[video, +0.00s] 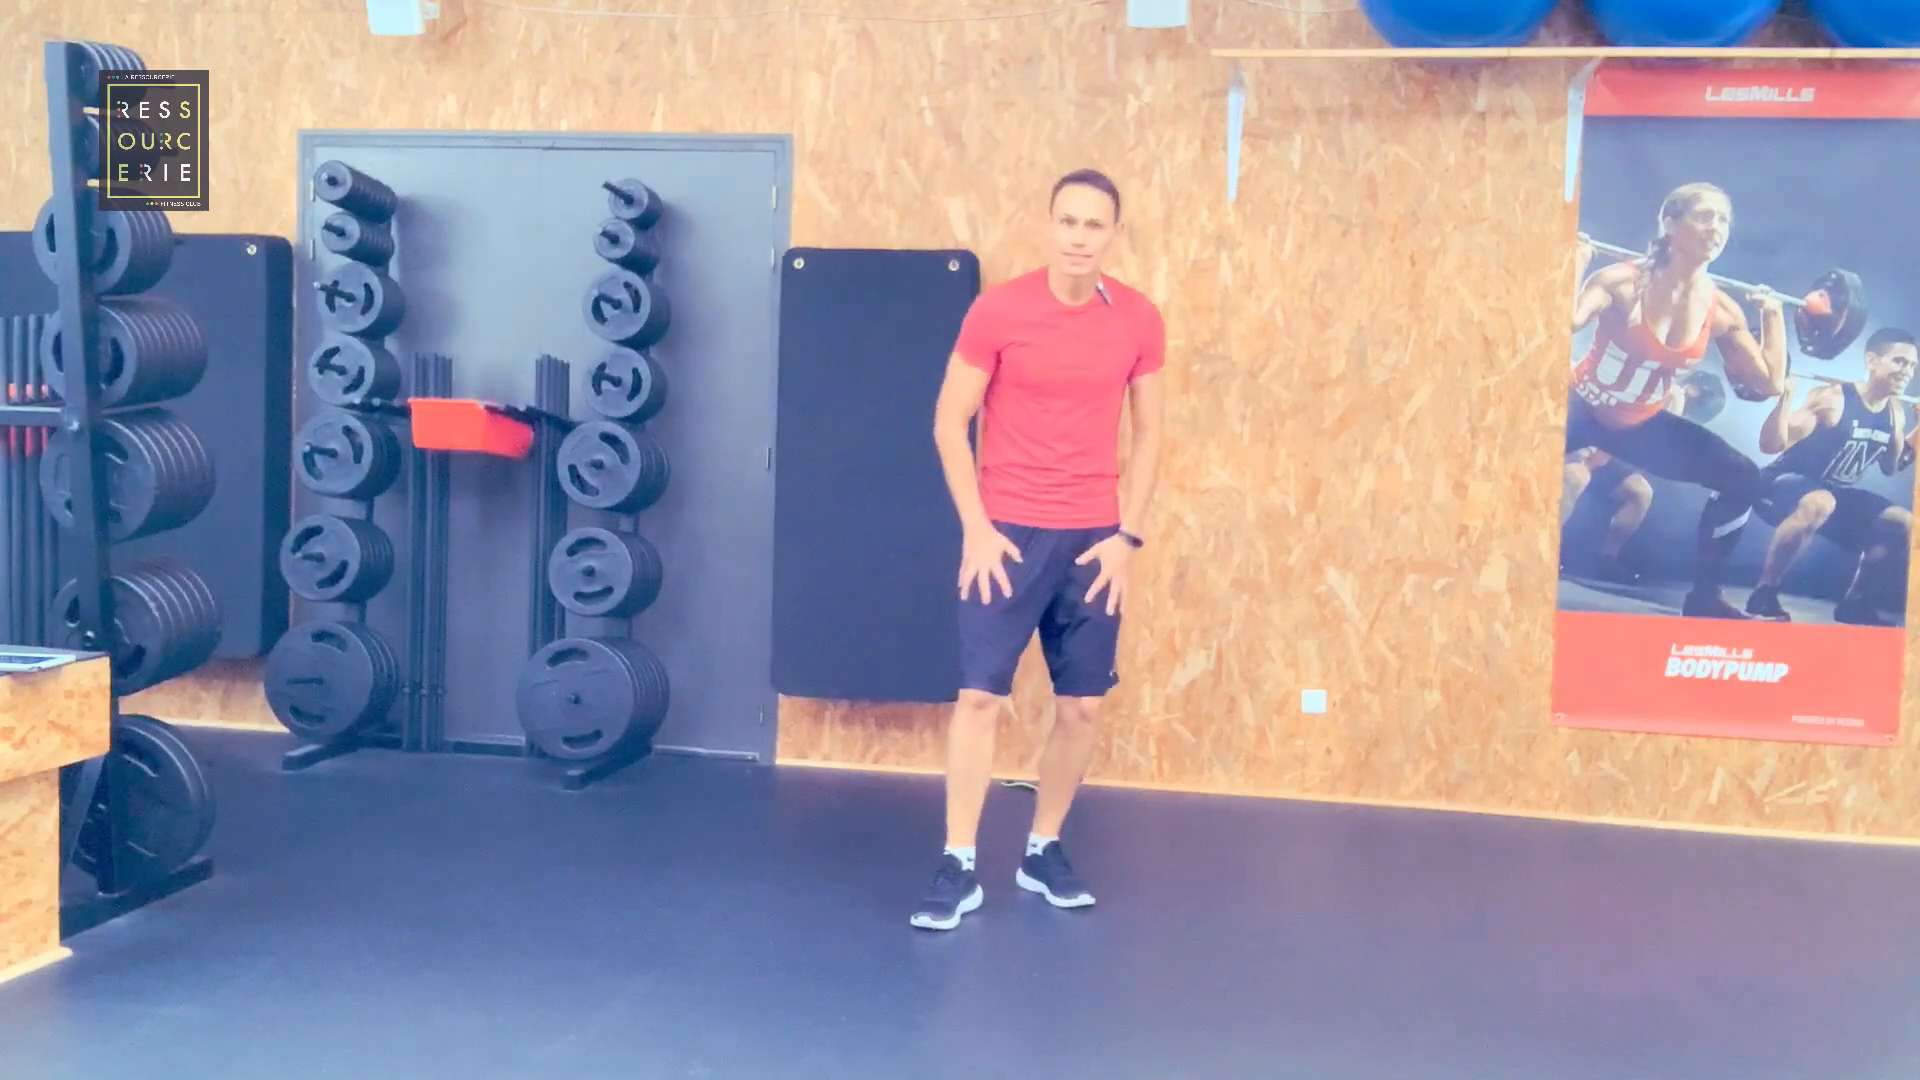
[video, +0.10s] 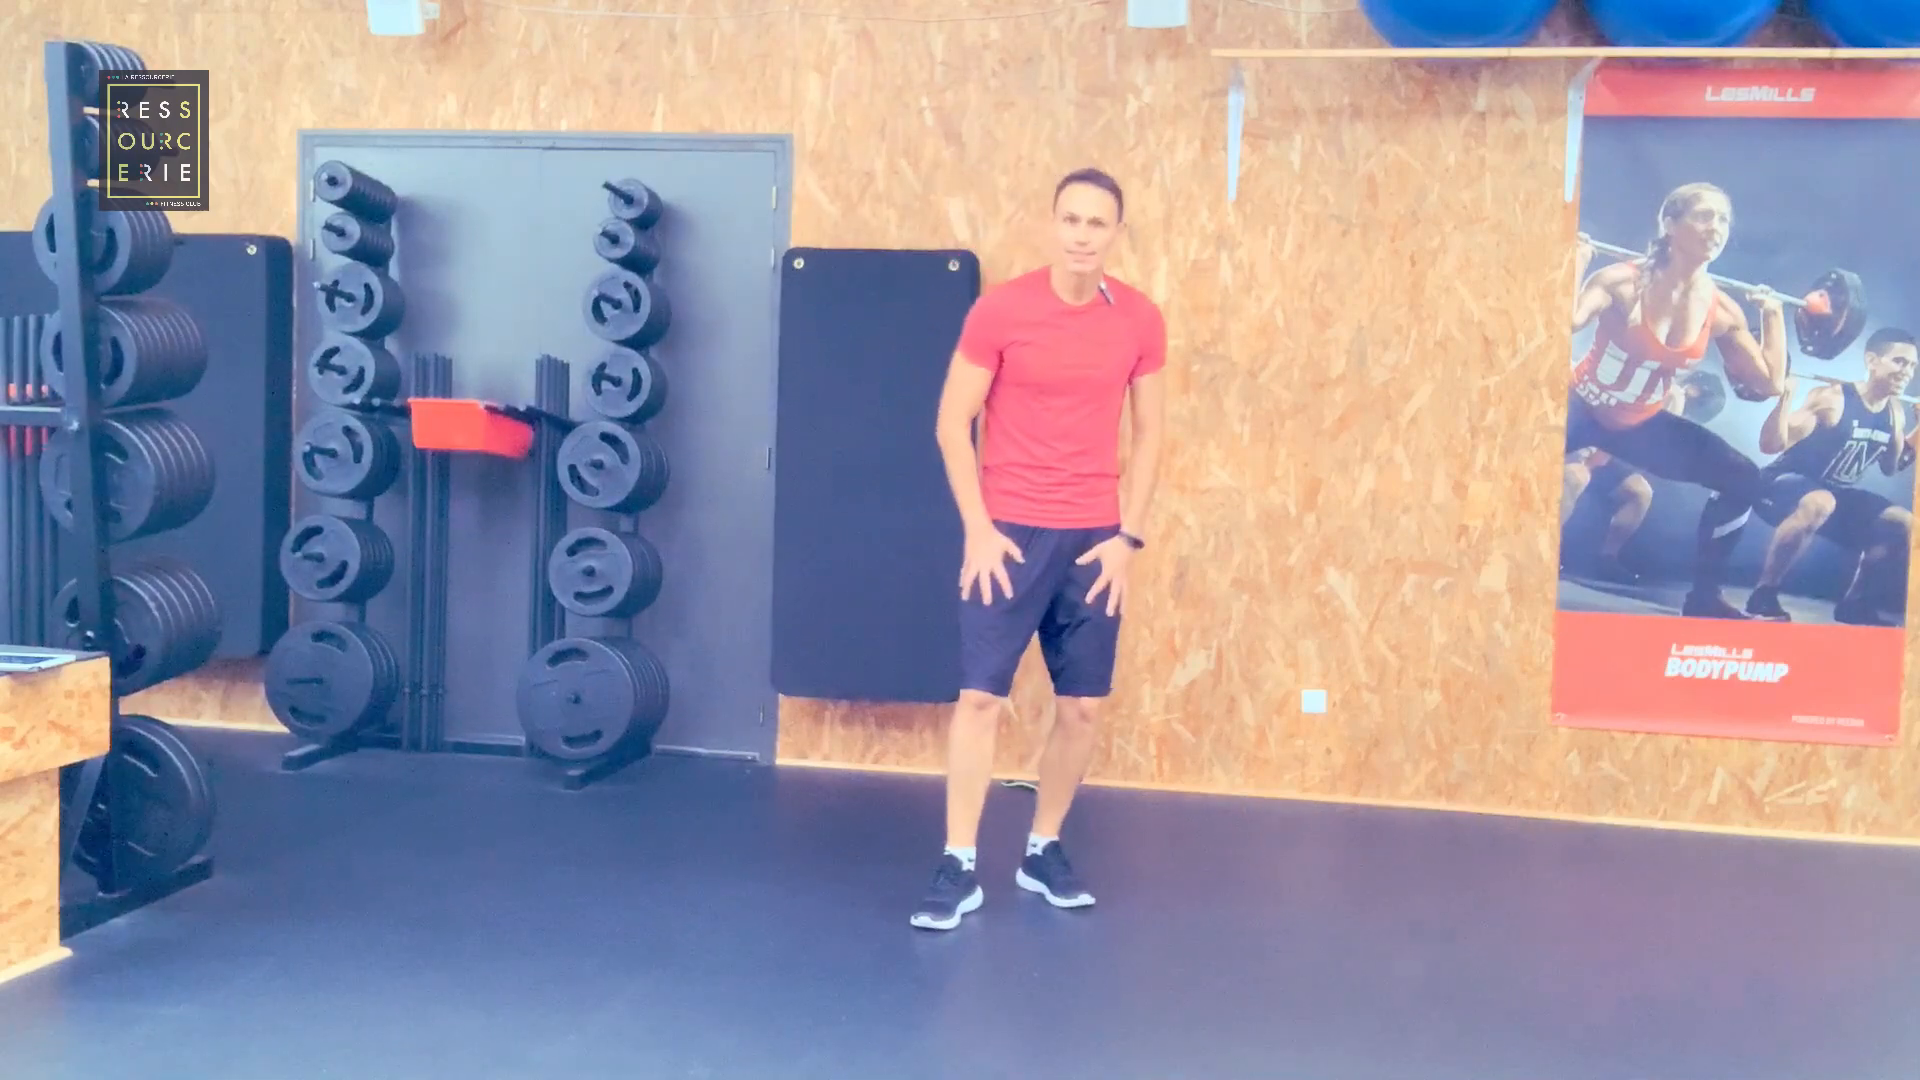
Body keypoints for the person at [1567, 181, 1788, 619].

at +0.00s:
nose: (1717, 228)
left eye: (1724, 220)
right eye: (1705, 216)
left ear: (1728, 233)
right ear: (1670, 224)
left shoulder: (1722, 311)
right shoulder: (1620, 279)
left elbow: (1769, 385)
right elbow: (1558, 325)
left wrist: (1773, 313)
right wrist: (1572, 269)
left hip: (1644, 425)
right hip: (1579, 410)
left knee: (1742, 477)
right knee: (1511, 453)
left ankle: (1705, 597)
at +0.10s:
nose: (1717, 228)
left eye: (1724, 220)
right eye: (1705, 216)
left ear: (1728, 233)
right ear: (1670, 224)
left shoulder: (1722, 311)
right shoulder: (1620, 279)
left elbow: (1769, 386)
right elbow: (1558, 325)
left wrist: (1773, 313)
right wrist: (1572, 269)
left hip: (1644, 425)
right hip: (1579, 409)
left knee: (1742, 477)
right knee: (1512, 453)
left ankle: (1704, 597)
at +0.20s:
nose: (1717, 228)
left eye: (1724, 220)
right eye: (1705, 216)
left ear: (1728, 232)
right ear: (1670, 224)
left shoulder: (1722, 311)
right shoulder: (1620, 279)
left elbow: (1769, 386)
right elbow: (1558, 325)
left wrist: (1773, 313)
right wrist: (1572, 269)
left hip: (1644, 425)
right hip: (1579, 409)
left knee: (1742, 477)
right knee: (1513, 453)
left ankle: (1704, 597)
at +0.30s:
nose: (1717, 228)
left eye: (1724, 220)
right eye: (1705, 216)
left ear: (1728, 232)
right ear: (1670, 224)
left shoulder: (1722, 311)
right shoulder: (1620, 279)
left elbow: (1769, 386)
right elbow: (1558, 325)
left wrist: (1773, 313)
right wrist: (1572, 269)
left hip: (1644, 425)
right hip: (1579, 409)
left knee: (1742, 477)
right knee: (1513, 453)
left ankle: (1704, 597)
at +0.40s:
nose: (1717, 228)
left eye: (1724, 220)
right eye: (1705, 216)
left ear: (1728, 232)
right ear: (1670, 224)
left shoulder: (1722, 311)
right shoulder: (1620, 279)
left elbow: (1769, 386)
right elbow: (1558, 325)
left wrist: (1773, 313)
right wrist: (1572, 269)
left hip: (1644, 425)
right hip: (1579, 409)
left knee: (1742, 477)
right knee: (1511, 453)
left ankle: (1704, 597)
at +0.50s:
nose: (1717, 228)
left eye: (1724, 220)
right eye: (1705, 216)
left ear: (1728, 233)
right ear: (1670, 224)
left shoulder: (1722, 311)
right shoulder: (1620, 279)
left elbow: (1769, 386)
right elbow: (1558, 325)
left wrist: (1773, 313)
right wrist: (1572, 269)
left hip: (1644, 425)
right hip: (1578, 409)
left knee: (1742, 477)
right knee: (1510, 453)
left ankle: (1704, 597)